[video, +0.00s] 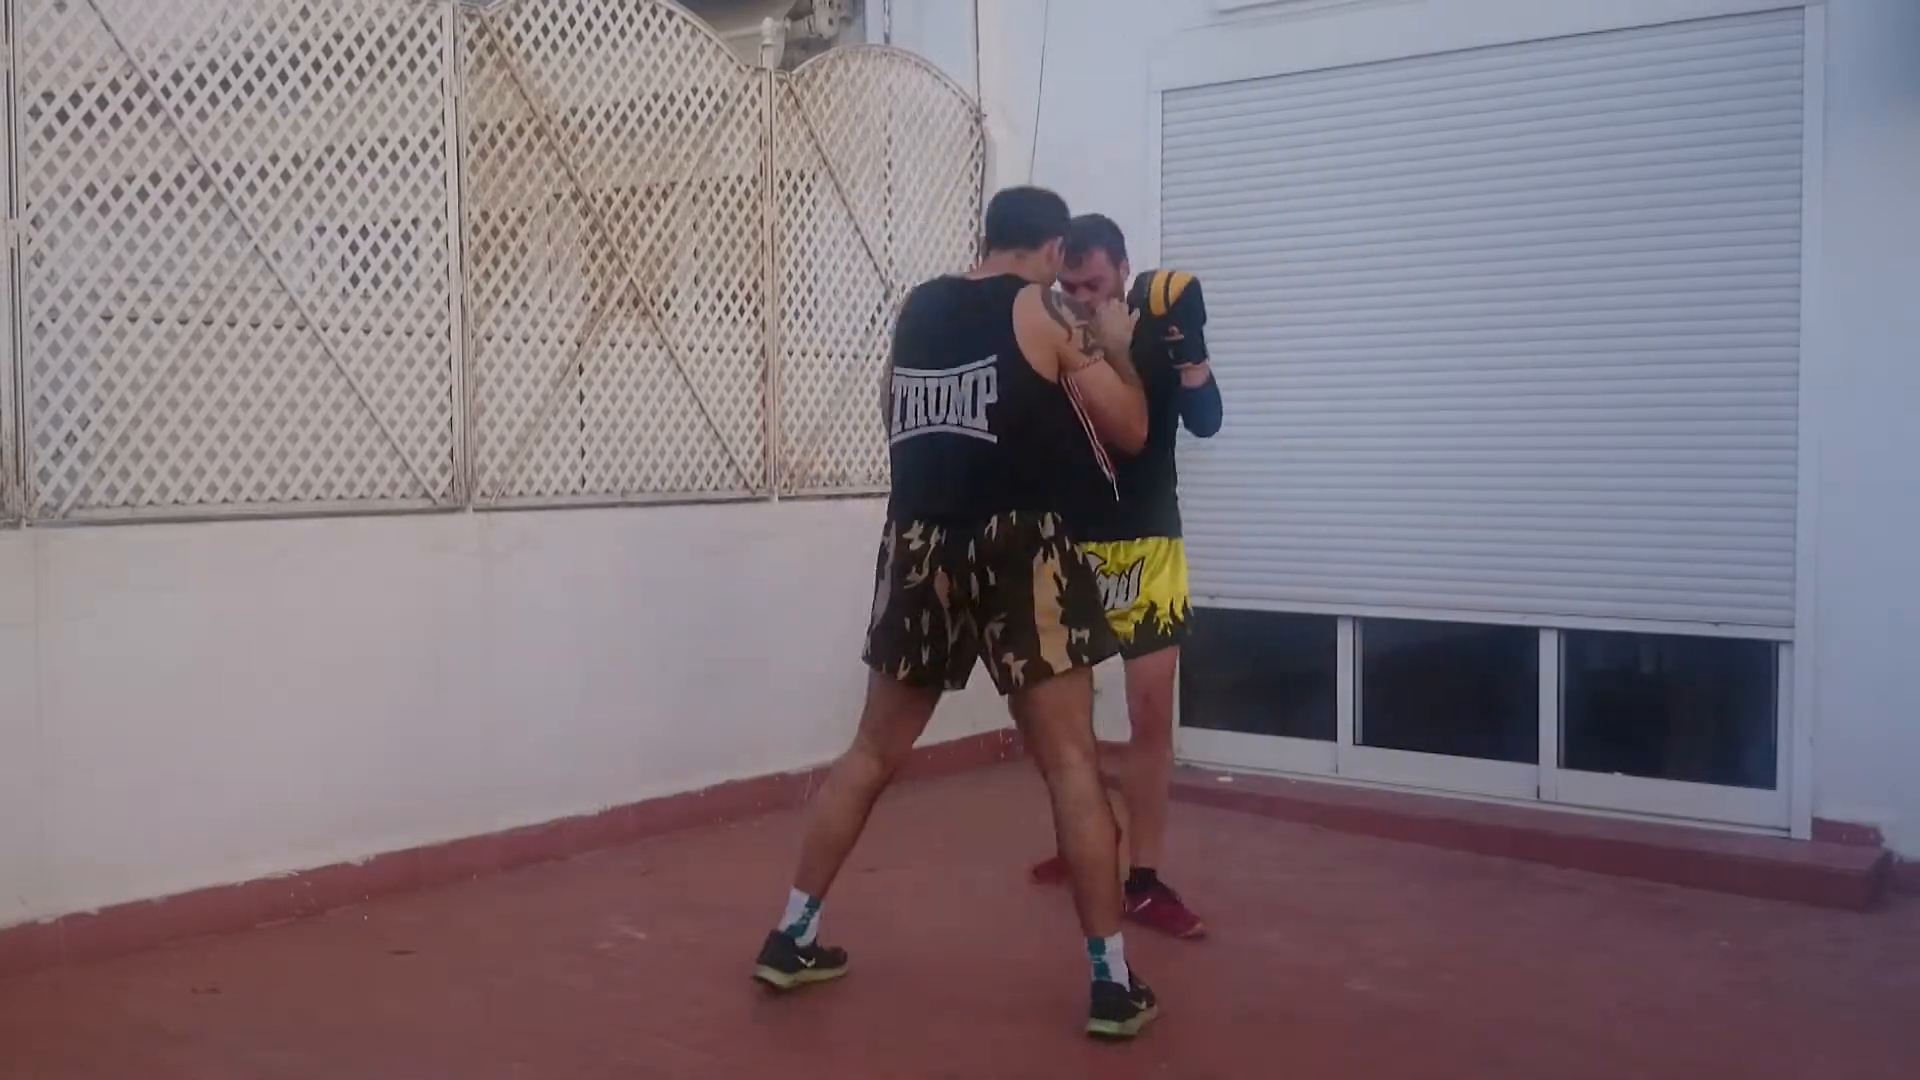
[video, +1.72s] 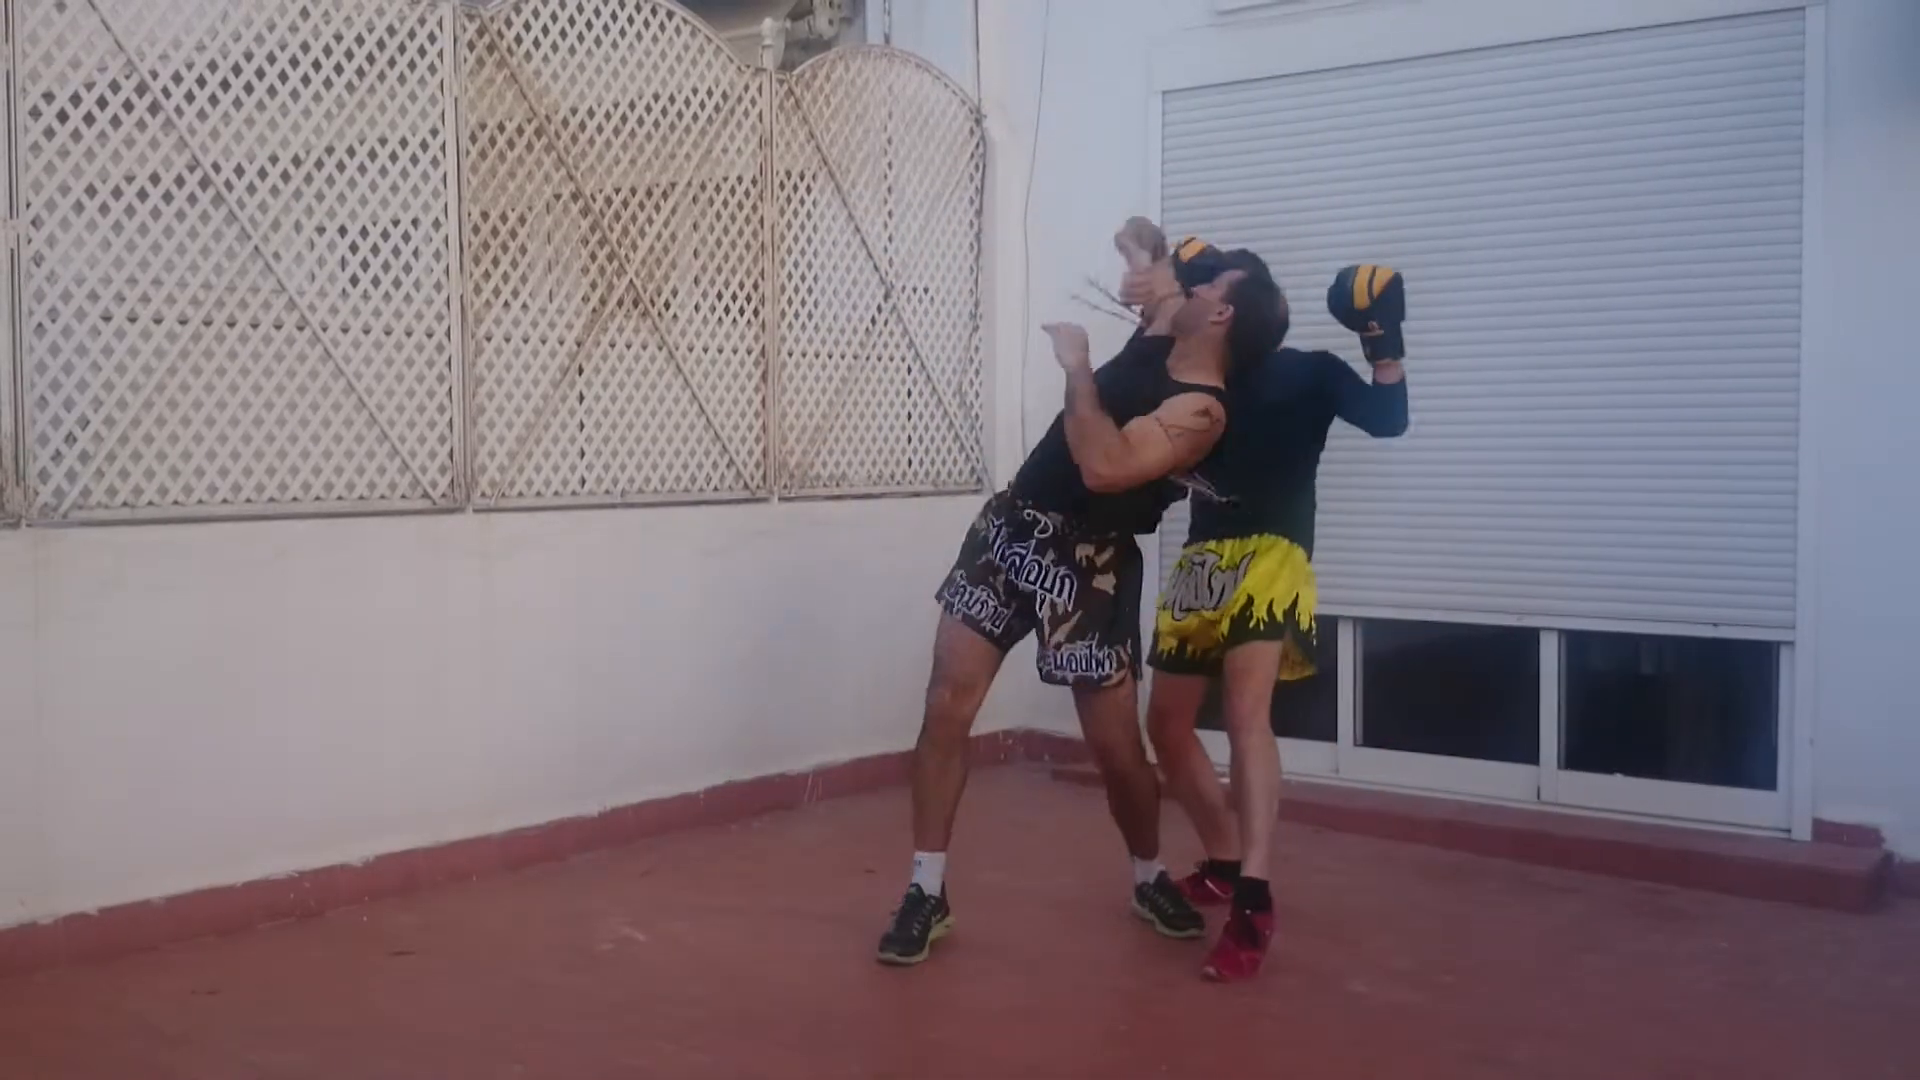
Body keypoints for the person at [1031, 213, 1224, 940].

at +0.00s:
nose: (1090, 297)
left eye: (1101, 284)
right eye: (1078, 286)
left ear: (1124, 275)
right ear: (1058, 281)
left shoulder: (1154, 337)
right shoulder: (1043, 340)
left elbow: (1205, 422)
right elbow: (1022, 425)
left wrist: (1184, 347)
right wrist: (1065, 348)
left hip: (1147, 542)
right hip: (1064, 542)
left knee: (1152, 714)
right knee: (1063, 712)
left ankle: (1142, 875)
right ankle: (1085, 845)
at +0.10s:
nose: (1110, 298)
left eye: (1122, 284)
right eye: (1100, 286)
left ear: (1154, 272)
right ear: (1091, 282)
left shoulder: (1194, 335)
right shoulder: (1089, 342)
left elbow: (1238, 413)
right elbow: (1054, 426)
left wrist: (1219, 337)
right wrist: (1041, 352)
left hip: (1184, 539)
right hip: (1116, 543)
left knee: (1176, 708)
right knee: (1133, 712)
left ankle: (1173, 875)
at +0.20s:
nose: (1136, 312)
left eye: (1147, 299)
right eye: (1126, 301)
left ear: (1179, 289)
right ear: (1115, 297)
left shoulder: (1219, 346)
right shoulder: (1115, 355)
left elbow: (1257, 430)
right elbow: (1048, 413)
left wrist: (1238, 362)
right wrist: (1046, 355)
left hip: (1227, 540)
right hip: (1163, 552)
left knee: (1217, 692)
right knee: (1196, 710)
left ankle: (1245, 864)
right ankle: (1273, 832)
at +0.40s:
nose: (1178, 311)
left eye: (1188, 296)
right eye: (1169, 301)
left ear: (1226, 285)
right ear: (1165, 304)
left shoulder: (1277, 342)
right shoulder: (1182, 360)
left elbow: (1287, 439)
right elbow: (1121, 435)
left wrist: (1232, 364)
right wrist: (1101, 378)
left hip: (1292, 543)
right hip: (1229, 548)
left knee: (1304, 708)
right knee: (1234, 707)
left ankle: (1374, 871)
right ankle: (1280, 846)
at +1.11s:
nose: (1245, 314)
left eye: (1256, 300)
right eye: (1235, 304)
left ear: (1290, 294)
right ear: (1226, 305)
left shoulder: (1324, 356)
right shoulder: (1220, 371)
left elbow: (1378, 416)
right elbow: (1144, 401)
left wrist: (1346, 362)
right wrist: (1143, 336)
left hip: (1317, 566)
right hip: (1241, 568)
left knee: (1350, 717)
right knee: (1175, 711)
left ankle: (1439, 839)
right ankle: (1225, 867)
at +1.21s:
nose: (1226, 309)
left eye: (1237, 295)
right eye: (1214, 298)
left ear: (1270, 286)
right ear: (1205, 297)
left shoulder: (1310, 361)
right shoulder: (1197, 367)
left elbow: (1385, 408)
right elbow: (1100, 409)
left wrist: (1426, 403)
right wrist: (1111, 335)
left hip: (1288, 544)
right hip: (1218, 554)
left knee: (1293, 690)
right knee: (1171, 709)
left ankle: (1340, 863)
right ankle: (1224, 867)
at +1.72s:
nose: (1197, 295)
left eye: (1208, 286)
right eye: (1199, 285)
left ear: (1236, 304)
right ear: (1220, 311)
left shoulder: (1307, 371)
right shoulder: (1199, 372)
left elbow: (1389, 418)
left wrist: (1384, 342)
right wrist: (1165, 308)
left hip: (1270, 550)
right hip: (1199, 554)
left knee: (1246, 712)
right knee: (1168, 727)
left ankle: (1253, 901)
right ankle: (1226, 860)